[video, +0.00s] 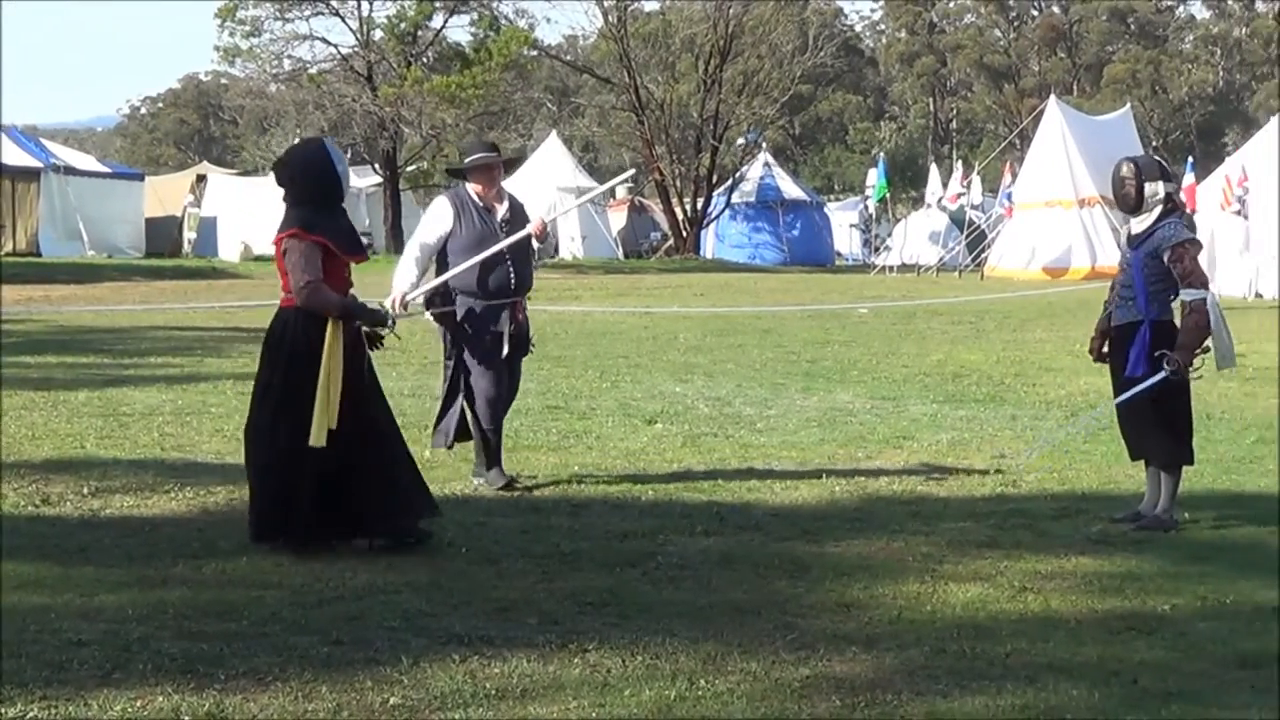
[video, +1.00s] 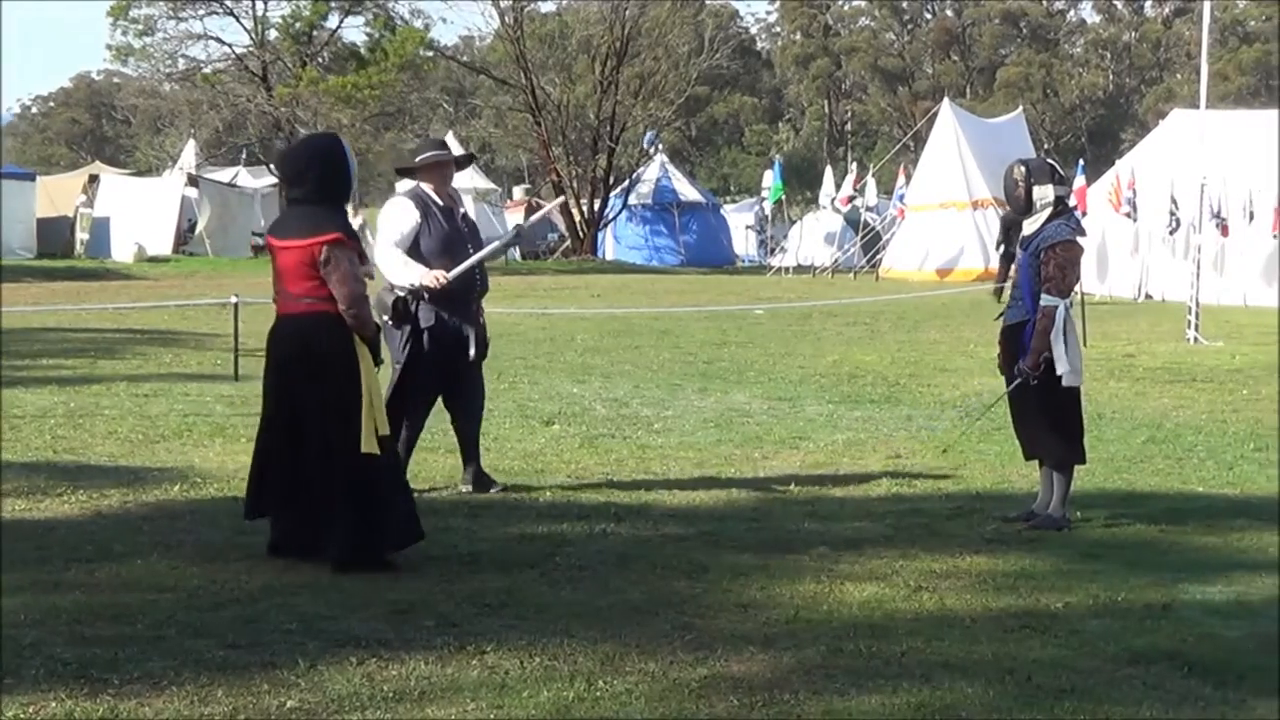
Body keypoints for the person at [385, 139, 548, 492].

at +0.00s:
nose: (488, 176)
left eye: (493, 168)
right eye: (480, 171)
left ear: (501, 169)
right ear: (466, 174)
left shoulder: (514, 205)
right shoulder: (448, 207)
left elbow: (535, 255)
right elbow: (419, 247)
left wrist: (541, 239)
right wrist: (402, 285)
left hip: (512, 307)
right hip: (472, 310)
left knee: (507, 387)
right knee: (487, 388)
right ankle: (489, 468)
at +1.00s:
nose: (447, 171)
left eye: (449, 164)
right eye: (440, 165)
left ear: (453, 167)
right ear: (423, 169)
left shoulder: (458, 205)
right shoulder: (403, 206)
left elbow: (473, 257)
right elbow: (385, 252)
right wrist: (422, 274)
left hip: (463, 316)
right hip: (424, 316)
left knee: (469, 399)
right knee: (412, 403)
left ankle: (473, 470)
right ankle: (392, 478)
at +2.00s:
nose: (469, 179)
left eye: (474, 171)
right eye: (459, 174)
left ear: (484, 170)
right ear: (446, 178)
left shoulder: (496, 203)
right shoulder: (431, 209)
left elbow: (513, 240)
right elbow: (396, 251)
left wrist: (537, 258)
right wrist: (391, 284)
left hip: (499, 316)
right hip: (455, 319)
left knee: (509, 396)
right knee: (466, 402)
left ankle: (487, 461)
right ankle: (469, 481)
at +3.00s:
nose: (538, 182)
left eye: (544, 174)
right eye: (530, 176)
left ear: (556, 174)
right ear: (517, 177)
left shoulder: (573, 214)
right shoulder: (495, 206)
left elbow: (603, 261)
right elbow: (459, 251)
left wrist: (589, 271)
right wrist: (429, 292)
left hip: (552, 325)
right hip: (499, 323)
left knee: (553, 408)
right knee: (490, 408)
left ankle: (556, 484)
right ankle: (475, 482)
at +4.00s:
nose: (500, 181)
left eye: (505, 173)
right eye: (491, 176)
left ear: (517, 173)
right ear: (479, 180)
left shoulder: (538, 212)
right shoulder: (459, 211)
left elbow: (564, 259)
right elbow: (426, 258)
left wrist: (540, 270)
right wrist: (392, 297)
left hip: (526, 328)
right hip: (473, 328)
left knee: (539, 409)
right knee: (489, 412)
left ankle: (555, 484)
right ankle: (497, 483)